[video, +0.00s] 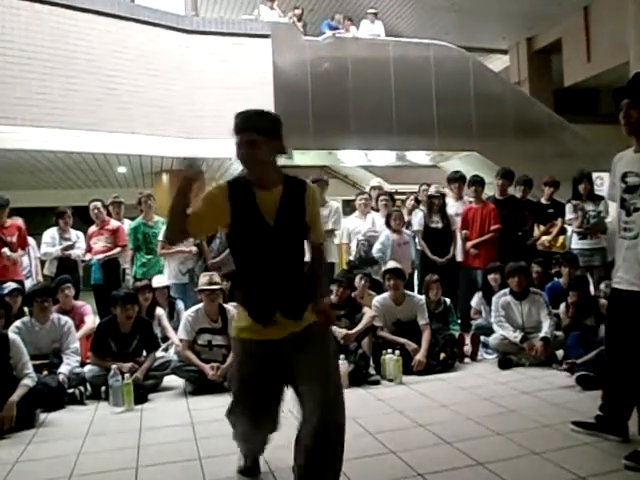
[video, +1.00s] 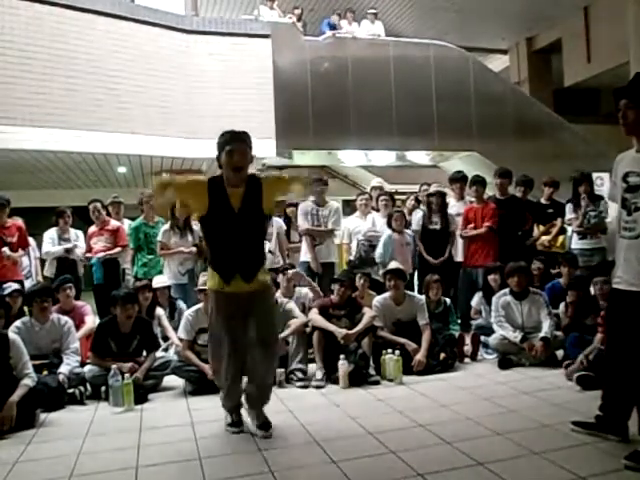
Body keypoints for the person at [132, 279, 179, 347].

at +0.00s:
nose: (146, 296)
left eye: (149, 292)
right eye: (143, 293)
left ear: (152, 294)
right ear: (137, 295)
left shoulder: (158, 312)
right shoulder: (134, 313)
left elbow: (168, 329)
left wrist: (177, 343)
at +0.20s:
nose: (146, 296)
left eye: (149, 292)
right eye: (142, 293)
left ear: (152, 294)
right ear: (137, 295)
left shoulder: (158, 312)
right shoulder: (134, 312)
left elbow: (168, 329)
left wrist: (177, 343)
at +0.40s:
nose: (146, 296)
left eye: (149, 292)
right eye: (142, 293)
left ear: (152, 294)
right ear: (137, 295)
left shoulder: (158, 312)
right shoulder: (134, 312)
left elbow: (168, 329)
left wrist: (177, 343)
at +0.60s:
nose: (146, 295)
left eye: (149, 292)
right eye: (142, 292)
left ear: (152, 294)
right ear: (137, 295)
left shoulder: (158, 311)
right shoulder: (134, 312)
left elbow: (168, 329)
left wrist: (177, 343)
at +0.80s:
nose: (146, 295)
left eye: (149, 292)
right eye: (142, 292)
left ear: (152, 294)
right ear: (137, 295)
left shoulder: (158, 311)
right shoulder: (134, 312)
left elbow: (168, 329)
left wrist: (176, 342)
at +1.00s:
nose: (146, 295)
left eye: (149, 292)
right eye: (142, 292)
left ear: (152, 294)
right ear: (137, 295)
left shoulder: (158, 311)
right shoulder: (133, 312)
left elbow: (168, 329)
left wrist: (176, 342)